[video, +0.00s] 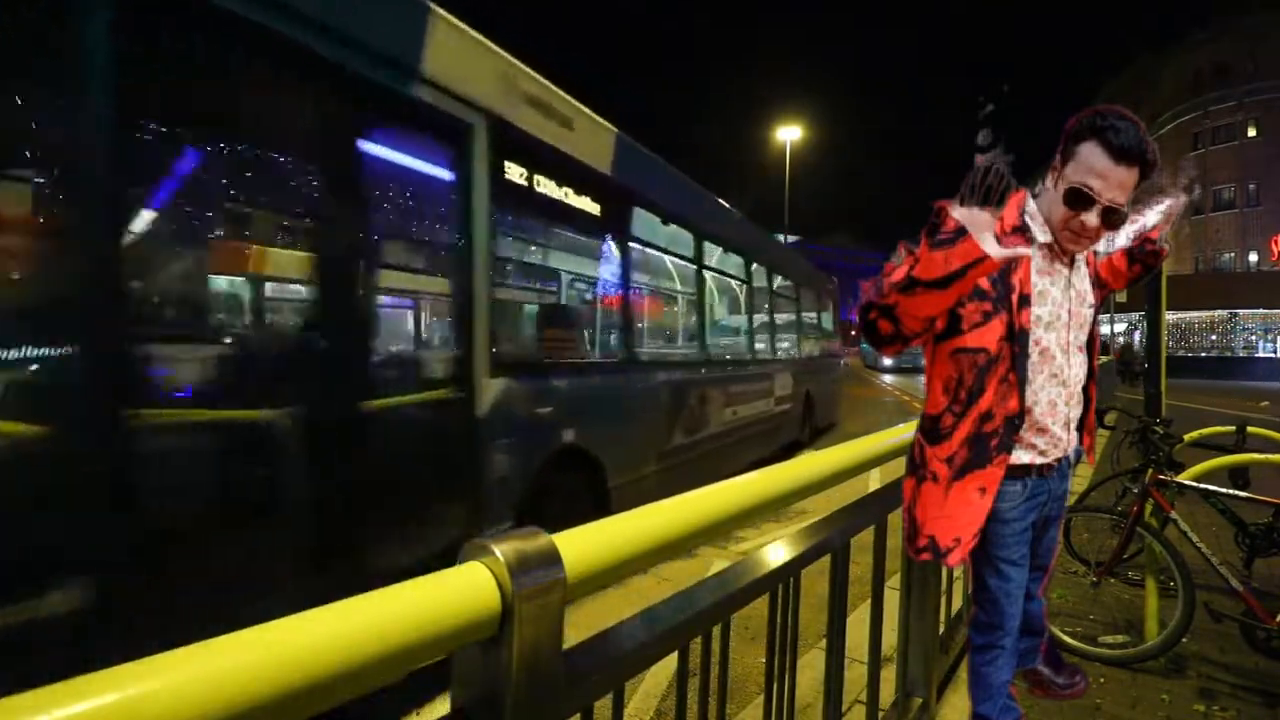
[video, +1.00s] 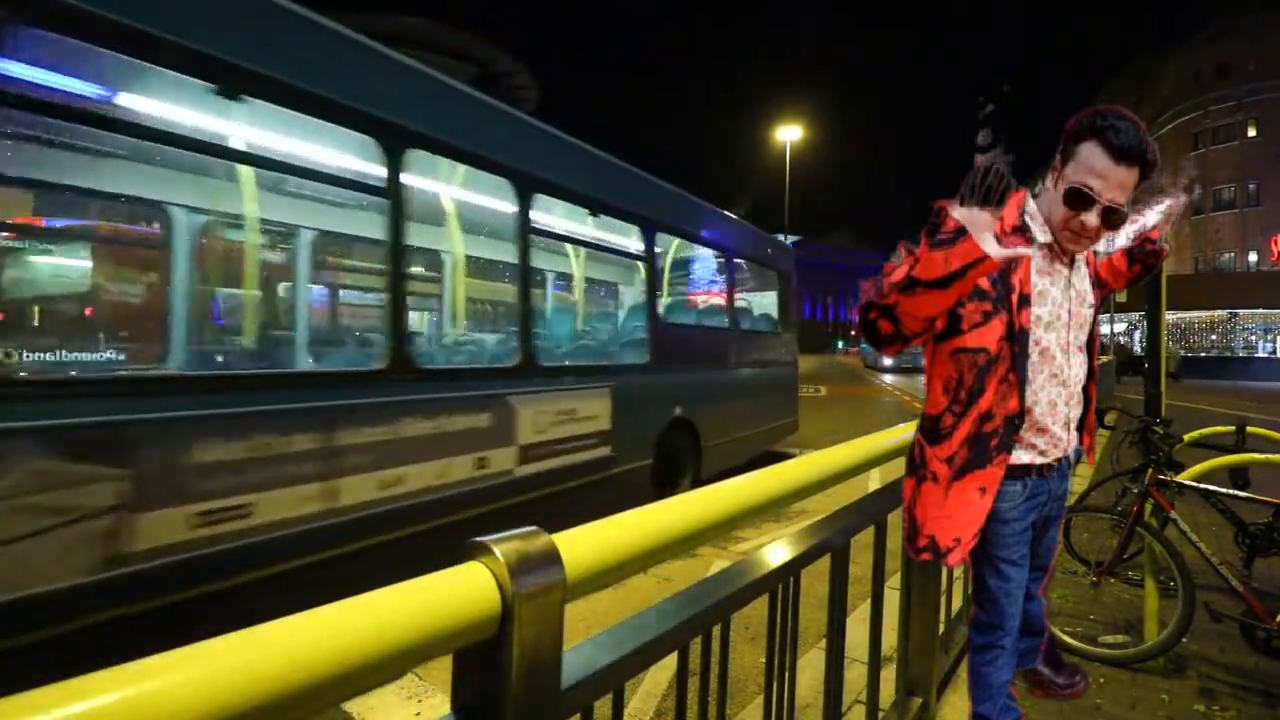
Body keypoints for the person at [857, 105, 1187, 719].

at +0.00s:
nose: (1089, 222)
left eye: (1109, 212)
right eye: (1079, 198)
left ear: (1123, 211)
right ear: (1052, 172)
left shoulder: (1084, 265)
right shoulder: (985, 242)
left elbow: (1112, 272)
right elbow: (883, 327)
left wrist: (1152, 240)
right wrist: (962, 245)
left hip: (1058, 467)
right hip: (1000, 476)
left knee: (1034, 581)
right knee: (999, 612)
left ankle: (1027, 658)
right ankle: (993, 708)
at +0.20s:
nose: (1089, 222)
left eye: (1110, 212)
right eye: (1079, 198)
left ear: (1123, 211)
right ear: (1052, 172)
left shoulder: (1084, 265)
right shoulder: (985, 243)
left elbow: (1113, 272)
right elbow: (883, 327)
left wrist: (1152, 240)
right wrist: (962, 246)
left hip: (1057, 467)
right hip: (1000, 476)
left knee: (1034, 582)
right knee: (1000, 611)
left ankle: (1027, 659)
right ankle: (993, 709)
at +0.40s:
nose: (1089, 222)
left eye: (1109, 211)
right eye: (1079, 198)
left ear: (1123, 211)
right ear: (1052, 171)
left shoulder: (1085, 264)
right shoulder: (984, 242)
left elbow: (1114, 272)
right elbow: (883, 327)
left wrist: (1151, 242)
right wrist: (961, 246)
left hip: (1058, 467)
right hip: (1000, 476)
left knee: (1034, 581)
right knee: (1000, 611)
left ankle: (1027, 659)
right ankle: (993, 708)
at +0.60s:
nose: (1089, 222)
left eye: (1109, 211)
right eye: (1079, 197)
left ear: (1123, 211)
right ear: (1052, 172)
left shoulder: (1085, 263)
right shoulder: (984, 243)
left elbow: (1116, 270)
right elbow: (883, 328)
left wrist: (1151, 241)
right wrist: (961, 246)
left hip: (1058, 467)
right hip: (1000, 475)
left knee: (1035, 581)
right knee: (1000, 611)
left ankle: (1027, 659)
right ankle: (993, 708)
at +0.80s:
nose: (1089, 222)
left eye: (1109, 211)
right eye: (1079, 197)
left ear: (1123, 211)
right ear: (1052, 172)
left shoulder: (1085, 264)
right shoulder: (985, 243)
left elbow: (1116, 271)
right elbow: (883, 328)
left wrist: (1151, 240)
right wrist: (962, 246)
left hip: (1058, 467)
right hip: (1000, 475)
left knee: (1035, 581)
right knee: (1000, 612)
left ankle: (1028, 659)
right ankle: (994, 710)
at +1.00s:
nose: (1089, 222)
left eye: (1110, 211)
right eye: (1079, 197)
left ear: (1123, 211)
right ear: (1052, 172)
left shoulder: (1085, 264)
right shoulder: (984, 243)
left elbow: (1117, 270)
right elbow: (883, 327)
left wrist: (1151, 242)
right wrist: (962, 246)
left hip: (1058, 468)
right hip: (1000, 475)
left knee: (1035, 581)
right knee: (1000, 611)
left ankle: (1028, 659)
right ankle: (994, 709)